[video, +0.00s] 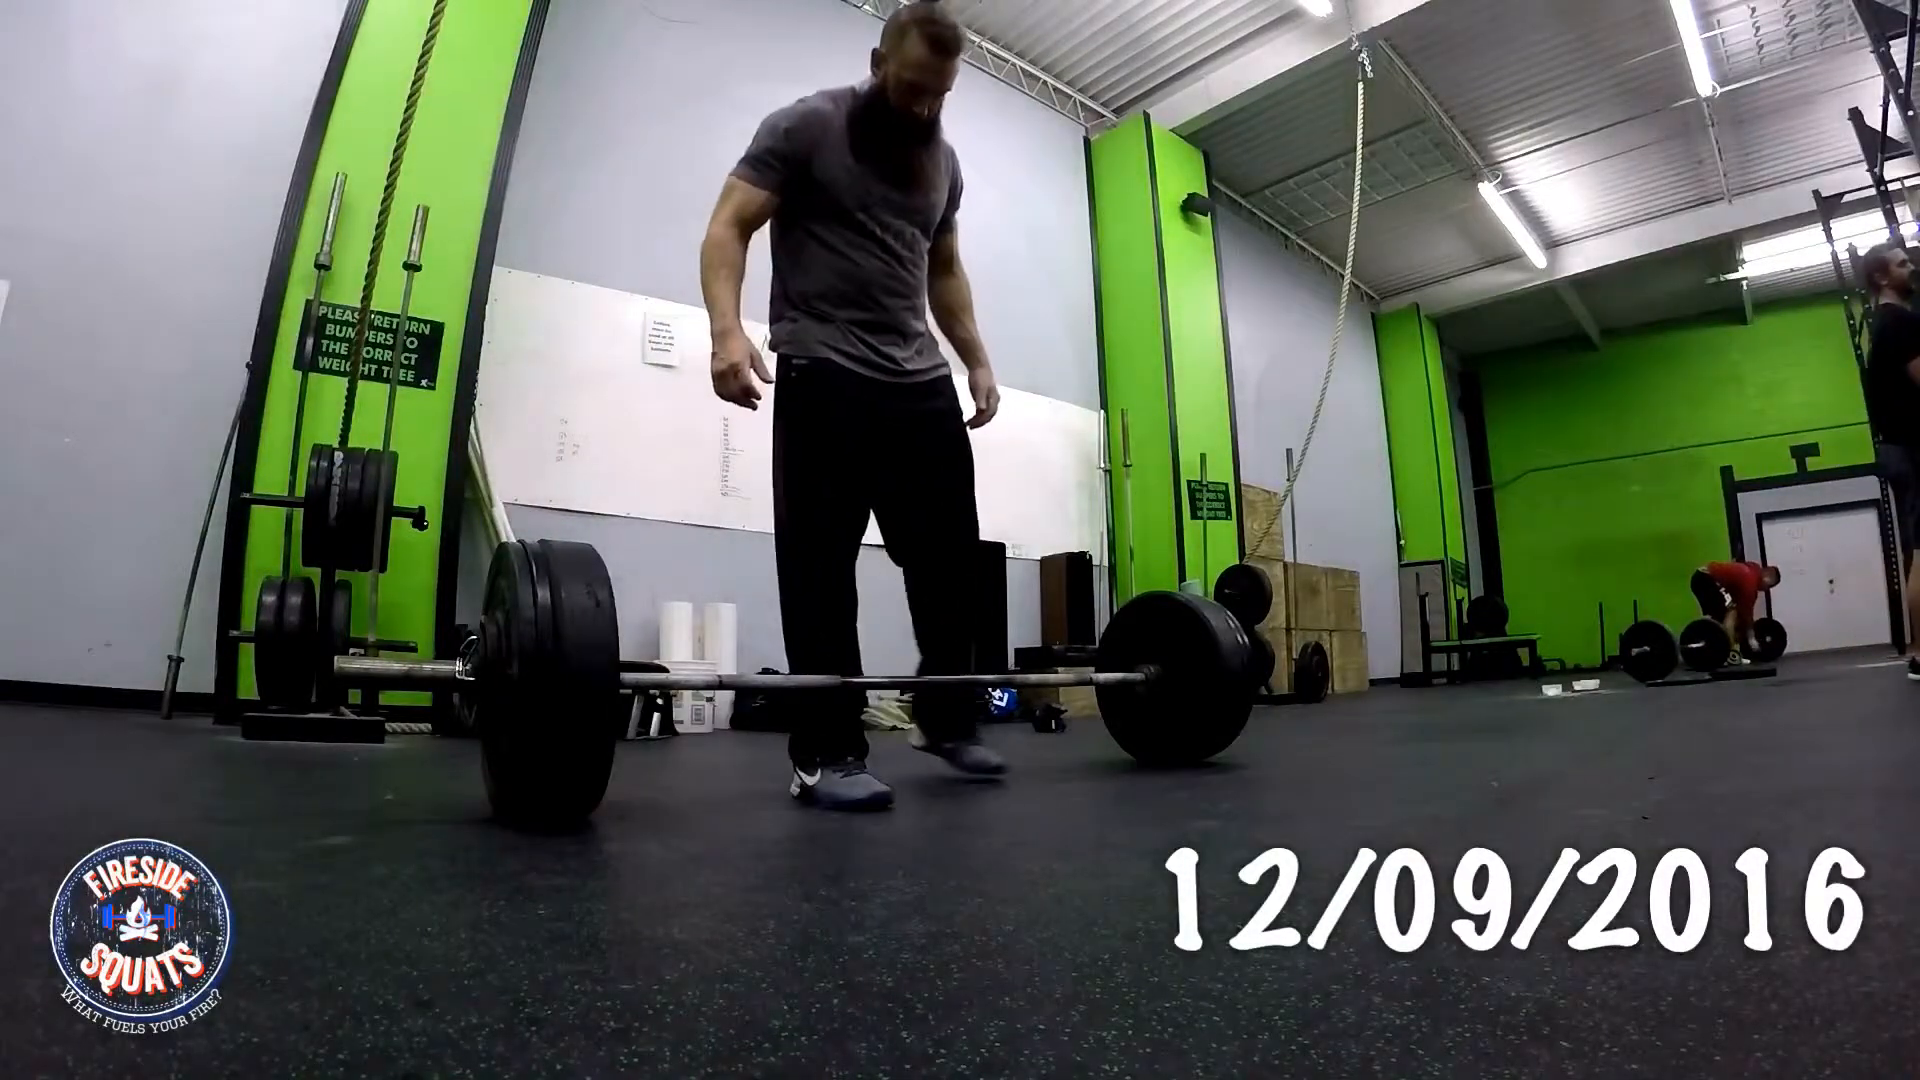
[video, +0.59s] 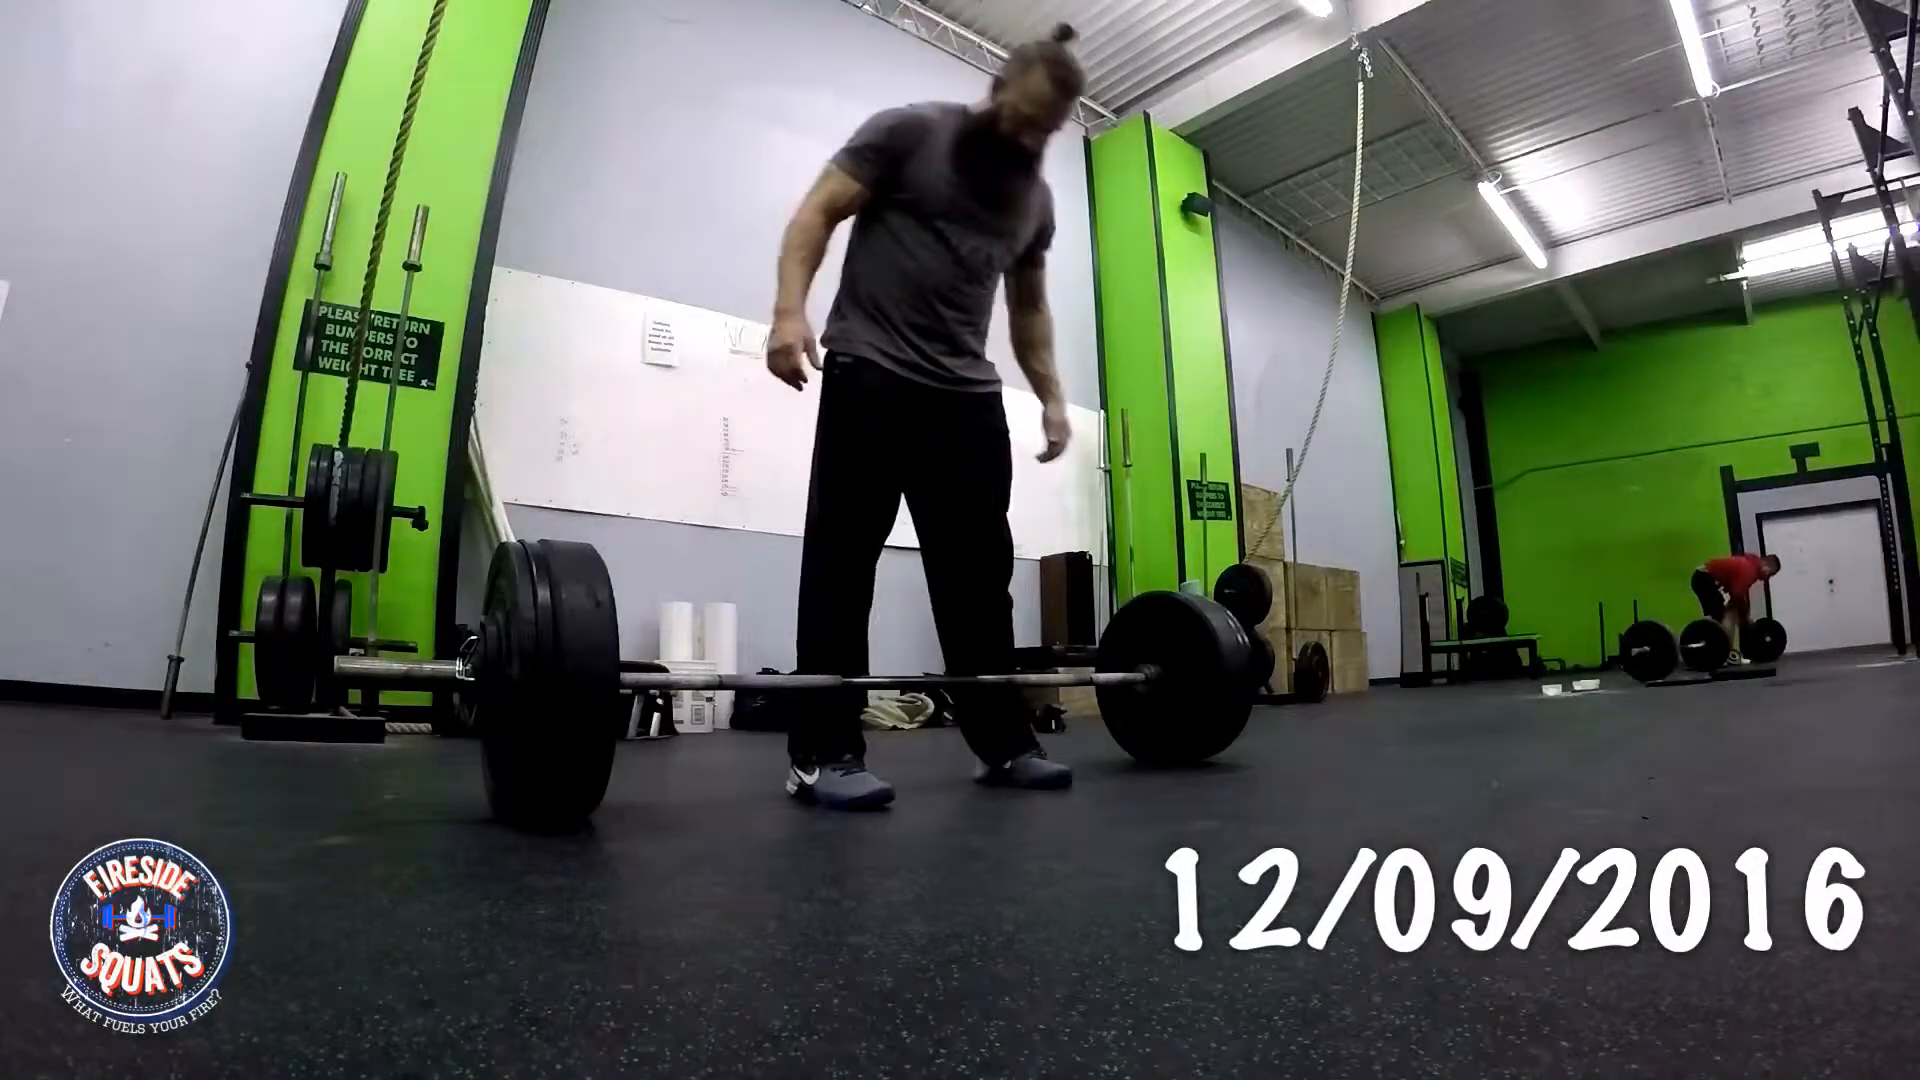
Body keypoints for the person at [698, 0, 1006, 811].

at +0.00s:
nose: (927, 104)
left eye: (940, 91)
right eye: (914, 87)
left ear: (953, 77)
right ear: (880, 60)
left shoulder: (941, 158)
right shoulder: (807, 126)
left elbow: (945, 269)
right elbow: (729, 226)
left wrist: (977, 361)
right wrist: (726, 329)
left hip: (916, 383)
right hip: (820, 377)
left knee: (947, 556)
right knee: (820, 569)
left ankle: (950, 725)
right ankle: (826, 758)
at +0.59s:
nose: (1029, 136)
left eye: (1044, 127)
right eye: (1023, 116)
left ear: (1058, 122)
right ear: (995, 87)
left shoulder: (1033, 201)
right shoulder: (908, 134)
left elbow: (1029, 305)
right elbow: (817, 213)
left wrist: (1052, 397)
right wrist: (789, 315)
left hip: (964, 396)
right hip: (868, 378)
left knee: (978, 570)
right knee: (841, 565)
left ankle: (1004, 748)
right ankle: (824, 756)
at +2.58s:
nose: (1009, 50)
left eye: (1017, 41)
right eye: (995, 34)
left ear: (1020, 57)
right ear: (951, 40)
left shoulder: (1007, 168)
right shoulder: (885, 112)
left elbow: (1010, 285)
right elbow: (809, 204)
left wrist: (1053, 372)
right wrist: (816, 302)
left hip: (967, 390)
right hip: (870, 373)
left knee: (980, 569)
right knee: (843, 564)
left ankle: (1004, 747)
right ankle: (820, 758)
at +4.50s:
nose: (996, 66)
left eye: (1004, 59)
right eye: (982, 51)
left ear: (1006, 77)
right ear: (939, 58)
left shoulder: (1009, 177)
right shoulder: (880, 125)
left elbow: (1016, 280)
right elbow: (792, 210)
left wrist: (1022, 342)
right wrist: (837, 290)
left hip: (959, 388)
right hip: (865, 375)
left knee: (994, 551)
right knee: (840, 560)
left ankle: (1006, 744)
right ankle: (819, 758)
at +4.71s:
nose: (1038, 137)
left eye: (1052, 126)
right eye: (1032, 116)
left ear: (1059, 130)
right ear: (997, 95)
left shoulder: (1032, 224)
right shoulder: (909, 154)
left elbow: (1031, 322)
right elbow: (806, 243)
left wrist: (1027, 394)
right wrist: (862, 332)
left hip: (937, 403)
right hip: (846, 388)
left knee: (994, 550)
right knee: (833, 562)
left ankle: (1008, 743)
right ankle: (818, 758)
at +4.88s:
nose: (1078, 225)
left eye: (1089, 213)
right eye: (1075, 206)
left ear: (1092, 203)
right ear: (1040, 172)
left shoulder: (1050, 278)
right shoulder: (933, 202)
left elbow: (1054, 385)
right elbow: (835, 309)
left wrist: (1057, 482)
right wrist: (898, 409)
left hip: (928, 410)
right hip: (843, 388)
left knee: (993, 553)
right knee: (832, 558)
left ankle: (1006, 745)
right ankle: (818, 759)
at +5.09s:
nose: (1111, 346)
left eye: (1122, 336)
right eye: (1110, 329)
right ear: (1079, 289)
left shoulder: (1076, 355)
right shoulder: (961, 275)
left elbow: (1084, 465)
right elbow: (856, 383)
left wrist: (1097, 583)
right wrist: (908, 502)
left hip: (934, 425)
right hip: (845, 399)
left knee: (1001, 552)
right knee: (838, 558)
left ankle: (1008, 745)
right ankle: (819, 760)